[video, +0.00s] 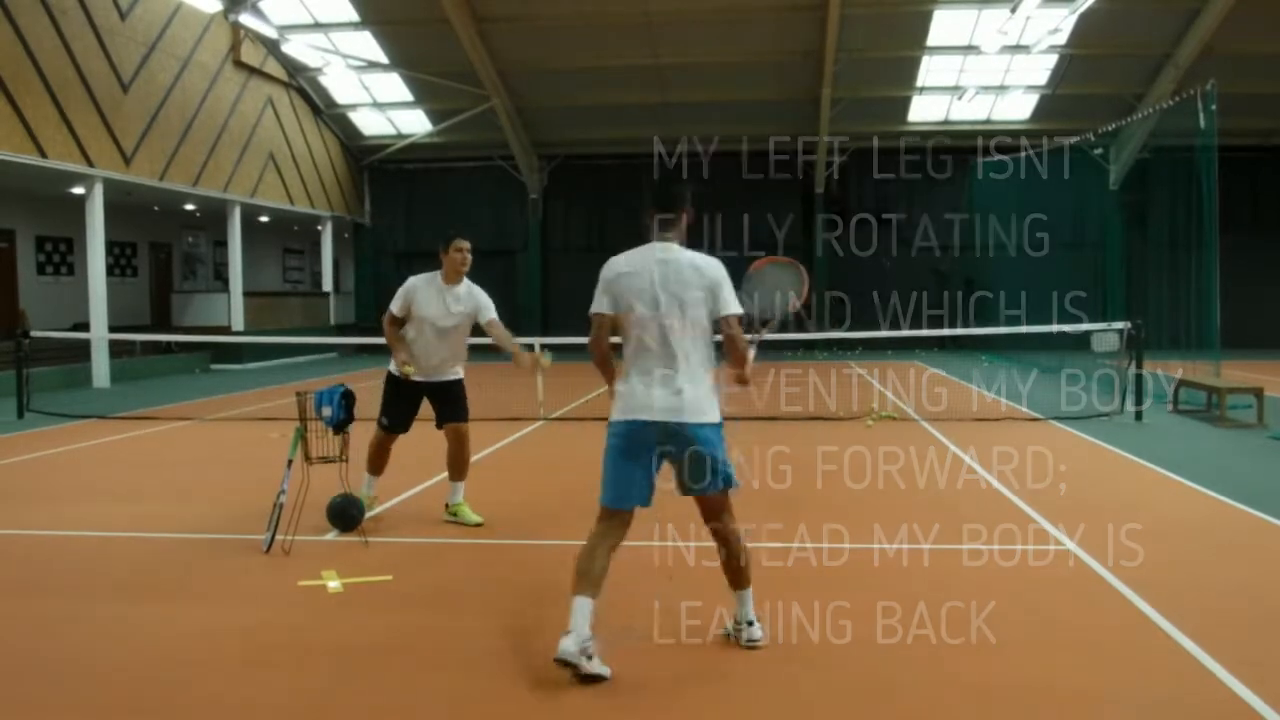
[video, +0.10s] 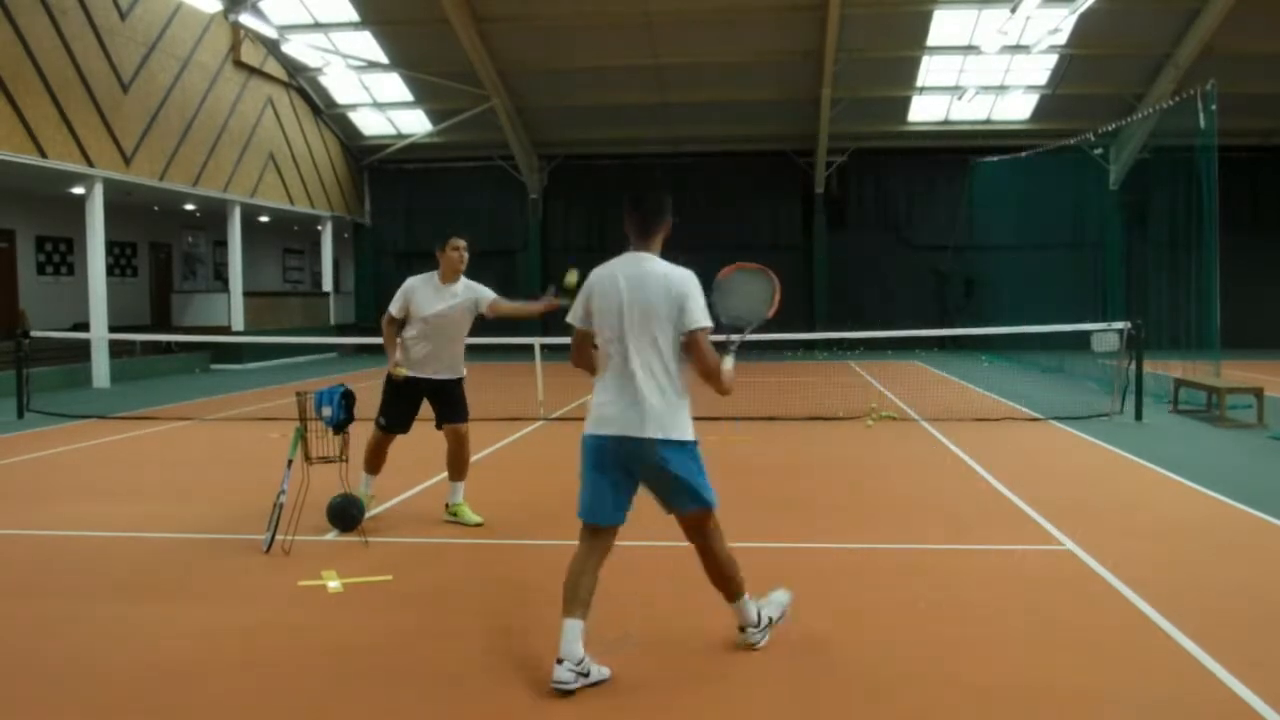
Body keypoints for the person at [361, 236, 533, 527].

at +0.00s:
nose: (465, 257)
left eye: (468, 252)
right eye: (459, 251)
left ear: (471, 259)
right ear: (444, 256)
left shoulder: (475, 296)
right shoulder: (415, 286)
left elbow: (496, 329)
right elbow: (390, 323)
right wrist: (400, 354)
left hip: (448, 376)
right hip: (407, 373)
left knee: (459, 433)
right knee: (386, 434)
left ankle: (456, 503)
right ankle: (367, 494)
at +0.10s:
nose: (462, 255)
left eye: (465, 250)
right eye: (456, 249)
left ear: (468, 257)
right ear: (440, 255)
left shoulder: (473, 291)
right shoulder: (414, 286)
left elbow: (500, 307)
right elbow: (390, 321)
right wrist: (393, 360)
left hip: (448, 378)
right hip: (407, 374)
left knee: (459, 434)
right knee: (382, 436)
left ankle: (456, 503)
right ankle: (365, 493)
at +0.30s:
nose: (443, 251)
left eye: (446, 247)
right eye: (437, 246)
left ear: (449, 253)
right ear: (421, 252)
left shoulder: (459, 287)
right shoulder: (399, 288)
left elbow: (498, 302)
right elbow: (378, 329)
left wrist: (512, 276)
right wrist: (385, 363)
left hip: (440, 377)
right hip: (399, 376)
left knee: (455, 435)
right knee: (376, 438)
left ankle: (455, 503)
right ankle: (350, 486)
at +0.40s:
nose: (427, 252)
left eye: (429, 248)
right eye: (420, 247)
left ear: (433, 255)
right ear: (404, 255)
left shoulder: (447, 290)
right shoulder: (386, 292)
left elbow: (482, 327)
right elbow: (365, 335)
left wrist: (486, 303)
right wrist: (373, 368)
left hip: (433, 381)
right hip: (392, 383)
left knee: (452, 435)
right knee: (373, 444)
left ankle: (455, 503)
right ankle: (341, 485)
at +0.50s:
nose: (409, 251)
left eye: (411, 247)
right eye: (402, 246)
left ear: (415, 254)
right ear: (387, 253)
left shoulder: (429, 290)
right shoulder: (367, 293)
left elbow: (445, 331)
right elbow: (349, 338)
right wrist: (360, 370)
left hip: (421, 380)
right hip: (381, 382)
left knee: (442, 433)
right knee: (364, 443)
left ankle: (454, 502)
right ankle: (338, 487)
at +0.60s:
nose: (391, 248)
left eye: (394, 243)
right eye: (385, 243)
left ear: (397, 249)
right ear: (370, 249)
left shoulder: (409, 287)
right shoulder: (349, 287)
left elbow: (414, 325)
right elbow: (330, 331)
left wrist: (419, 352)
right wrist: (345, 367)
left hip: (404, 377)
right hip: (365, 379)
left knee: (425, 434)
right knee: (348, 441)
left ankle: (451, 498)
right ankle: (335, 496)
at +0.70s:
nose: (378, 245)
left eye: (380, 240)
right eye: (371, 240)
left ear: (383, 246)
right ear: (356, 247)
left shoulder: (392, 283)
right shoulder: (338, 284)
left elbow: (396, 321)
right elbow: (313, 326)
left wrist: (404, 350)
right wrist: (332, 367)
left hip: (391, 375)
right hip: (353, 378)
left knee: (412, 431)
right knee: (341, 439)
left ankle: (432, 493)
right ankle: (334, 495)